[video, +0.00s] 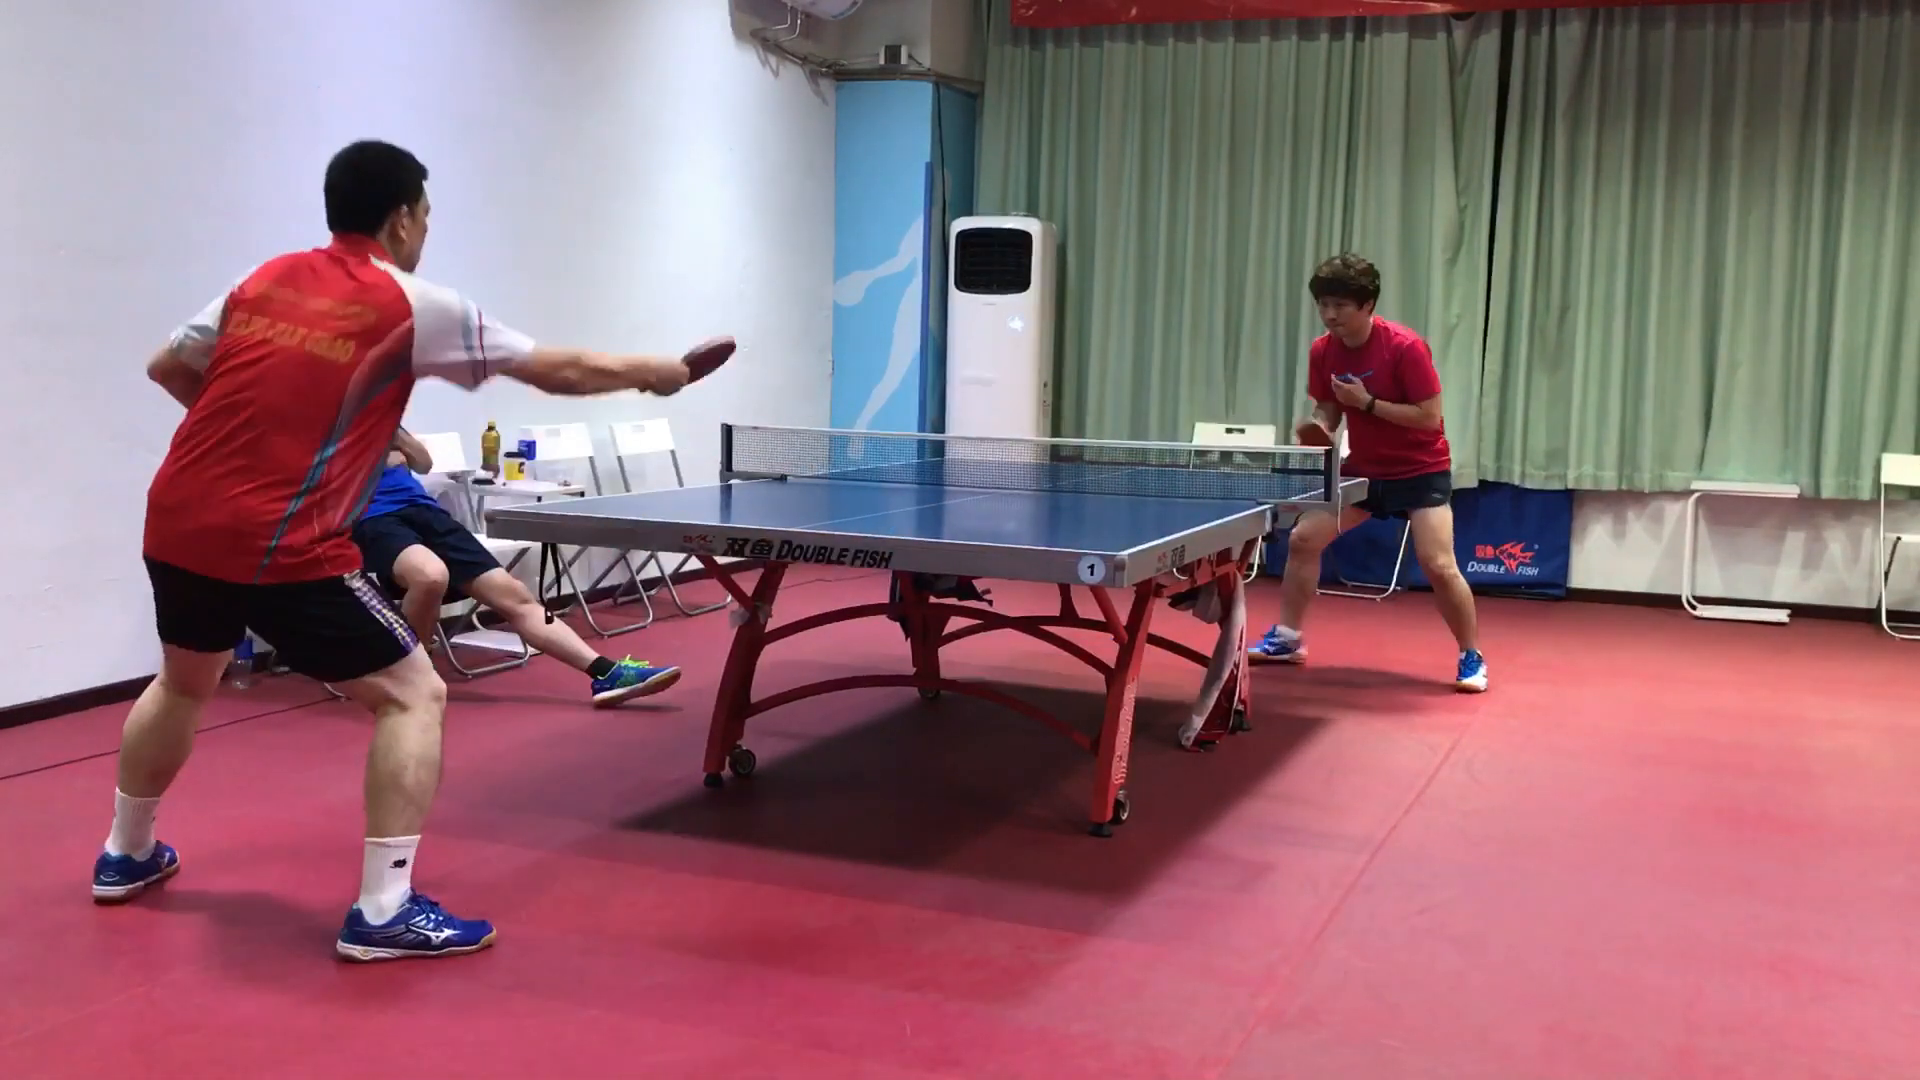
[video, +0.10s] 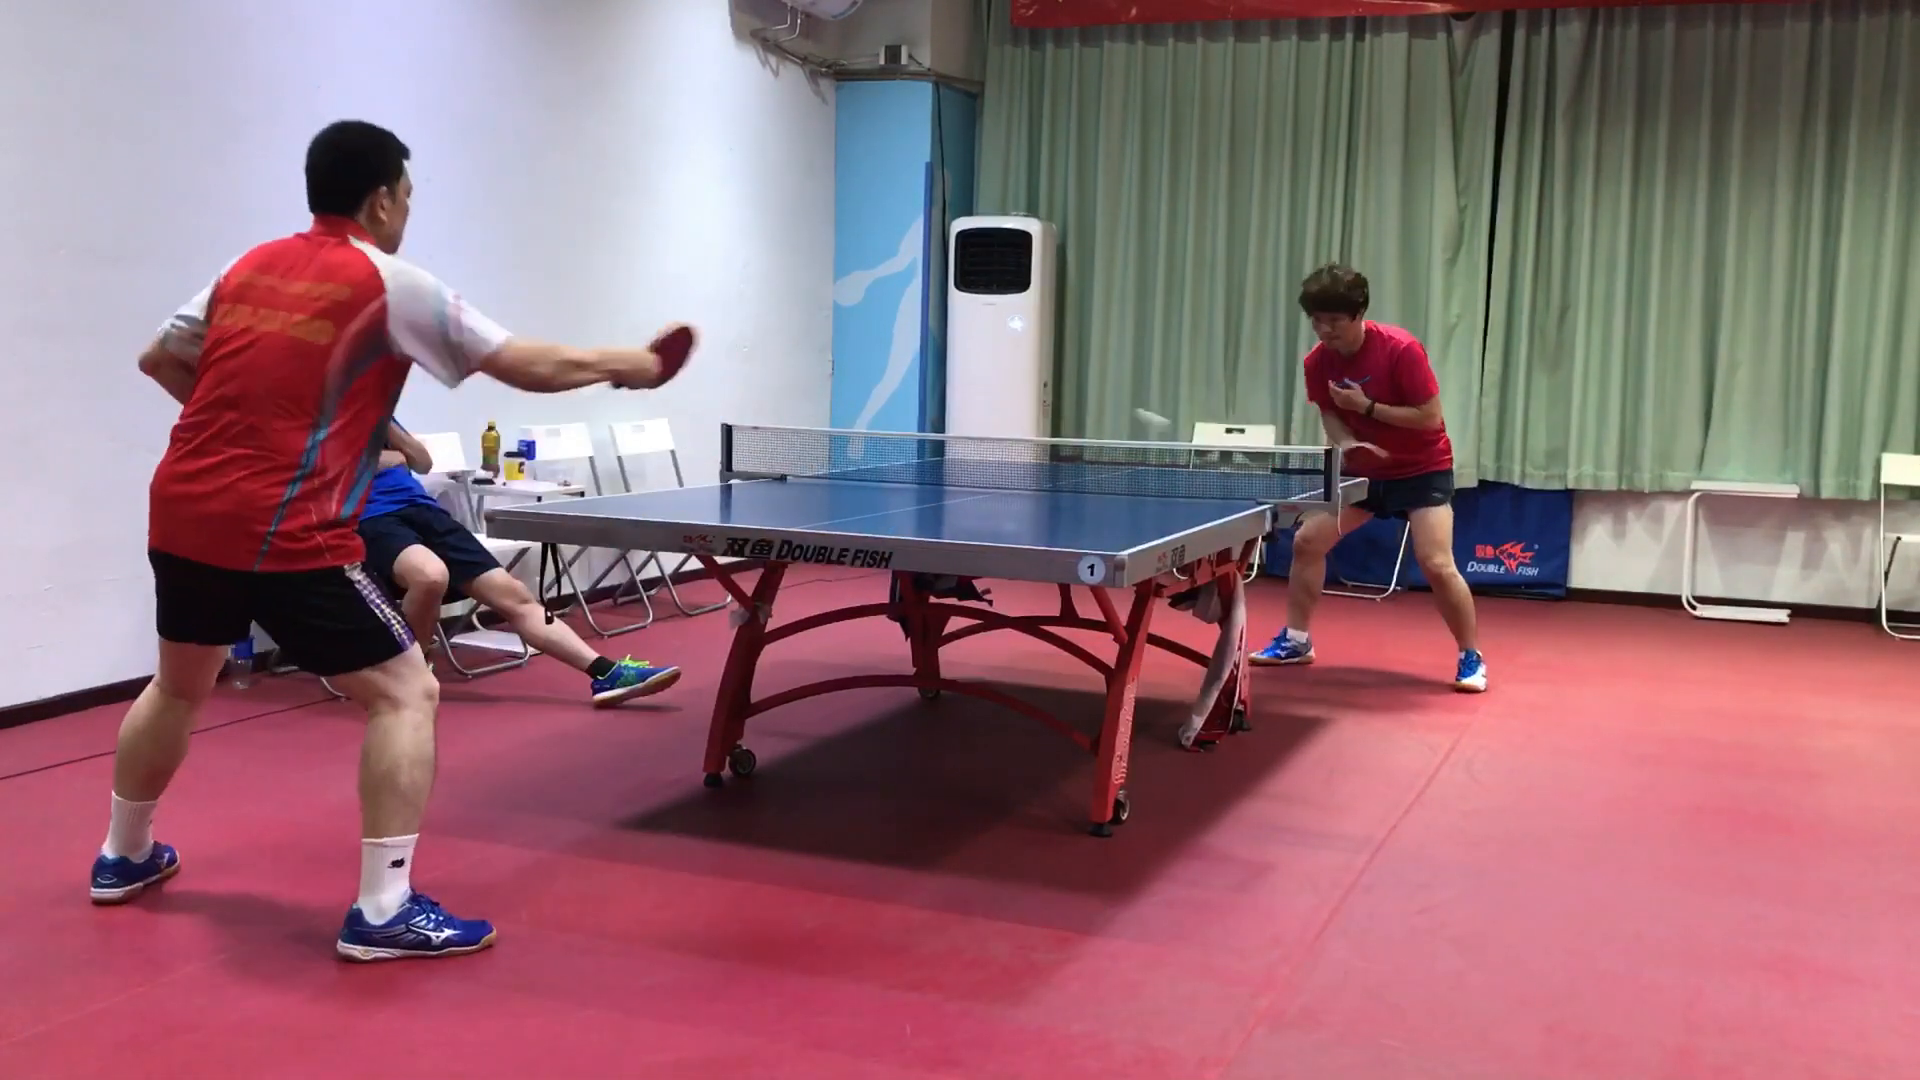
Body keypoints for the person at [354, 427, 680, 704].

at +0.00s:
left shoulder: (368, 415)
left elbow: (423, 463)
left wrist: (389, 429)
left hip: (420, 506)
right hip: (368, 517)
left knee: (514, 595)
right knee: (430, 576)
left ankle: (603, 671)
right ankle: (404, 672)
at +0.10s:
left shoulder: (369, 413)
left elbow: (421, 460)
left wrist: (384, 422)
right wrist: (387, 458)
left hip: (416, 505)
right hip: (365, 517)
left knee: (512, 594)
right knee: (430, 575)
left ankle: (604, 670)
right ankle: (413, 672)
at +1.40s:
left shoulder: (373, 414)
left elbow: (423, 462)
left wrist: (392, 433)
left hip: (417, 503)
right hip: (364, 513)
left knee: (514, 595)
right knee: (430, 576)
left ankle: (604, 671)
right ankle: (407, 675)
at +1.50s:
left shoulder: (371, 407)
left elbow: (422, 460)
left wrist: (386, 428)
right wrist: (624, 370)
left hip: (415, 504)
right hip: (366, 514)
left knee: (512, 593)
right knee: (430, 575)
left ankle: (604, 670)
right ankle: (410, 674)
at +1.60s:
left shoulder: (373, 412)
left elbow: (421, 460)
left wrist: (388, 430)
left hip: (413, 502)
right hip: (365, 513)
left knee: (511, 593)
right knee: (430, 576)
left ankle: (604, 670)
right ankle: (409, 675)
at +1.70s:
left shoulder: (374, 405)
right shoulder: (323, 423)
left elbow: (423, 462)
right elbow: (347, 466)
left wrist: (389, 426)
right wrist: (396, 453)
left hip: (419, 505)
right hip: (368, 516)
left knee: (513, 595)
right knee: (431, 575)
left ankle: (604, 670)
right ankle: (416, 664)